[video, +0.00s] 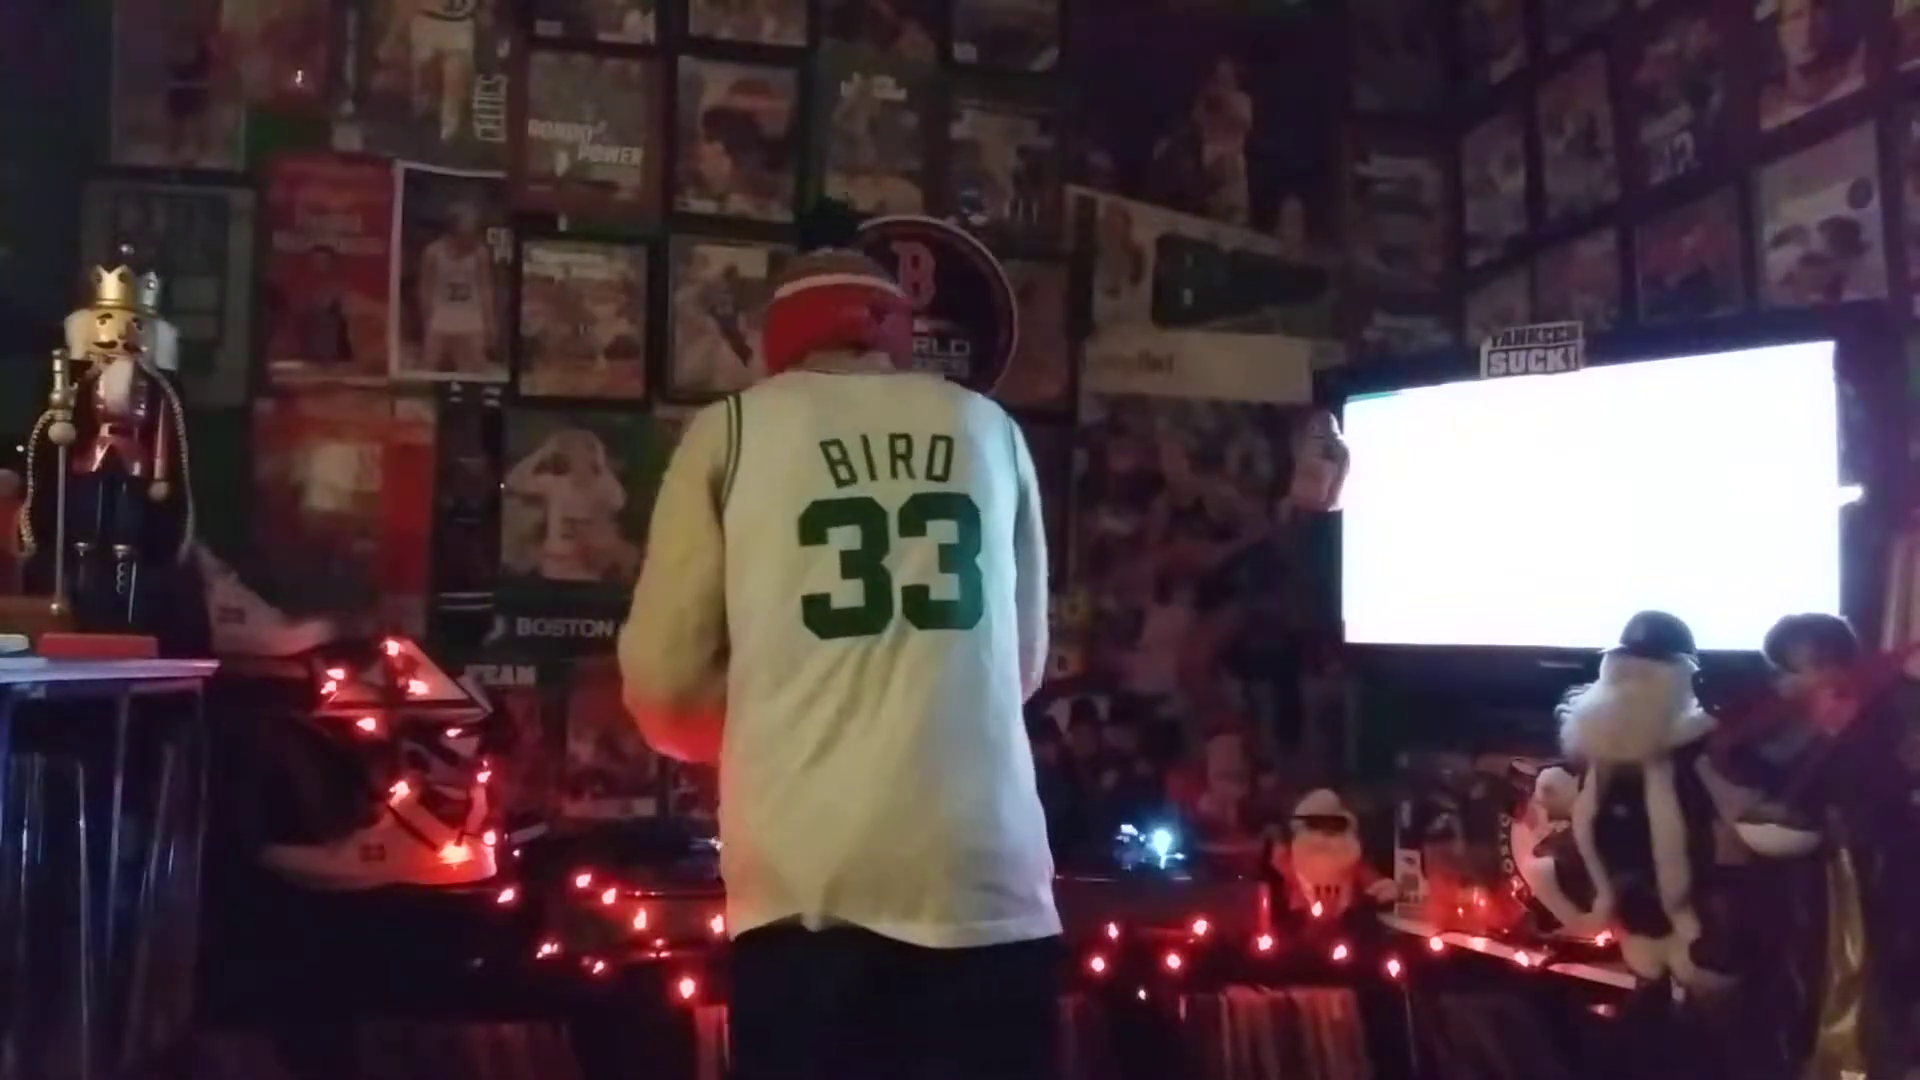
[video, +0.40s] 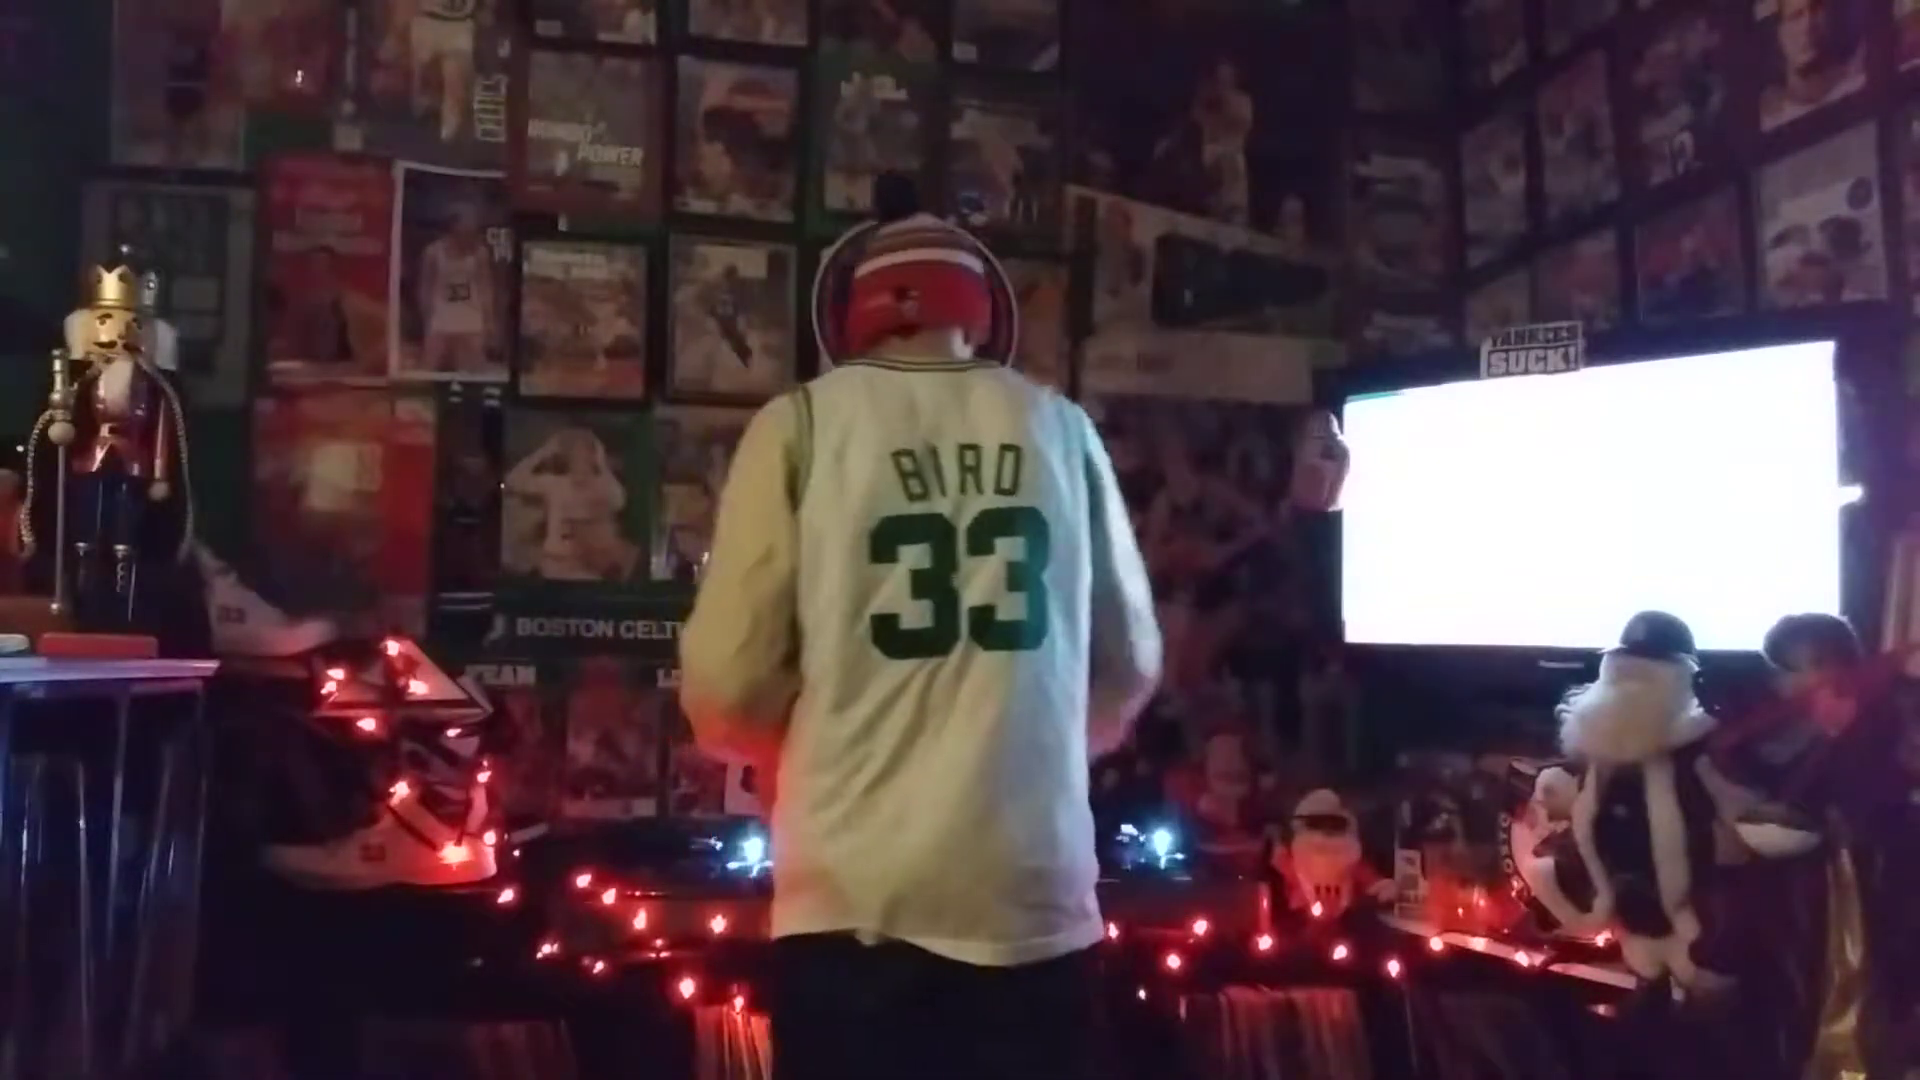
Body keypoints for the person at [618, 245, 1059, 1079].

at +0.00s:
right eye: (897, 323)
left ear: (774, 341)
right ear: (891, 332)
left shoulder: (727, 430)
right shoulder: (994, 429)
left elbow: (662, 685)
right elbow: (1024, 663)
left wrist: (776, 736)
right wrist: (910, 719)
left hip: (800, 892)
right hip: (989, 890)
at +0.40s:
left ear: (850, 317)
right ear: (987, 321)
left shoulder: (796, 424)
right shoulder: (1063, 426)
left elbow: (725, 684)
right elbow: (1129, 666)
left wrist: (830, 741)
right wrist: (1028, 751)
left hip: (847, 909)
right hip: (1032, 911)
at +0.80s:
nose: (940, 317)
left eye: (947, 302)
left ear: (960, 312)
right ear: (1074, 324)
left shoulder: (881, 421)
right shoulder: (1155, 429)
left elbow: (803, 672)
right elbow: (1228, 667)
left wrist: (907, 749)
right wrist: (1134, 781)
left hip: (912, 913)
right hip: (1103, 918)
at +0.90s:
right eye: (1099, 316)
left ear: (974, 320)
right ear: (1091, 326)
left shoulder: (902, 422)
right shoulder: (1173, 431)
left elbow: (821, 674)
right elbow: (1240, 674)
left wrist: (931, 750)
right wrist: (1151, 780)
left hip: (933, 899)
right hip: (1120, 904)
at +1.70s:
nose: (969, 366)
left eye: (974, 355)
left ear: (986, 350)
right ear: (1104, 370)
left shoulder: (946, 408)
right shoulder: (1187, 454)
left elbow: (866, 661)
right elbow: (1186, 653)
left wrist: (928, 765)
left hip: (976, 892)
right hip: (1153, 909)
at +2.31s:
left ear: (862, 348)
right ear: (995, 351)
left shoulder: (817, 422)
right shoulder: (1077, 448)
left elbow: (749, 672)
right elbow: (1101, 662)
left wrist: (858, 765)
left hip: (879, 877)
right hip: (1068, 884)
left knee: (869, 1060)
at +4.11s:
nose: (943, 333)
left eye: (952, 314)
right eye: (950, 313)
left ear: (973, 318)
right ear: (1083, 336)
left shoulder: (883, 425)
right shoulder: (1151, 443)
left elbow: (802, 664)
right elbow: (1197, 676)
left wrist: (840, 821)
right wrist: (1122, 792)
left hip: (931, 880)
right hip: (1118, 888)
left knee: (915, 1064)